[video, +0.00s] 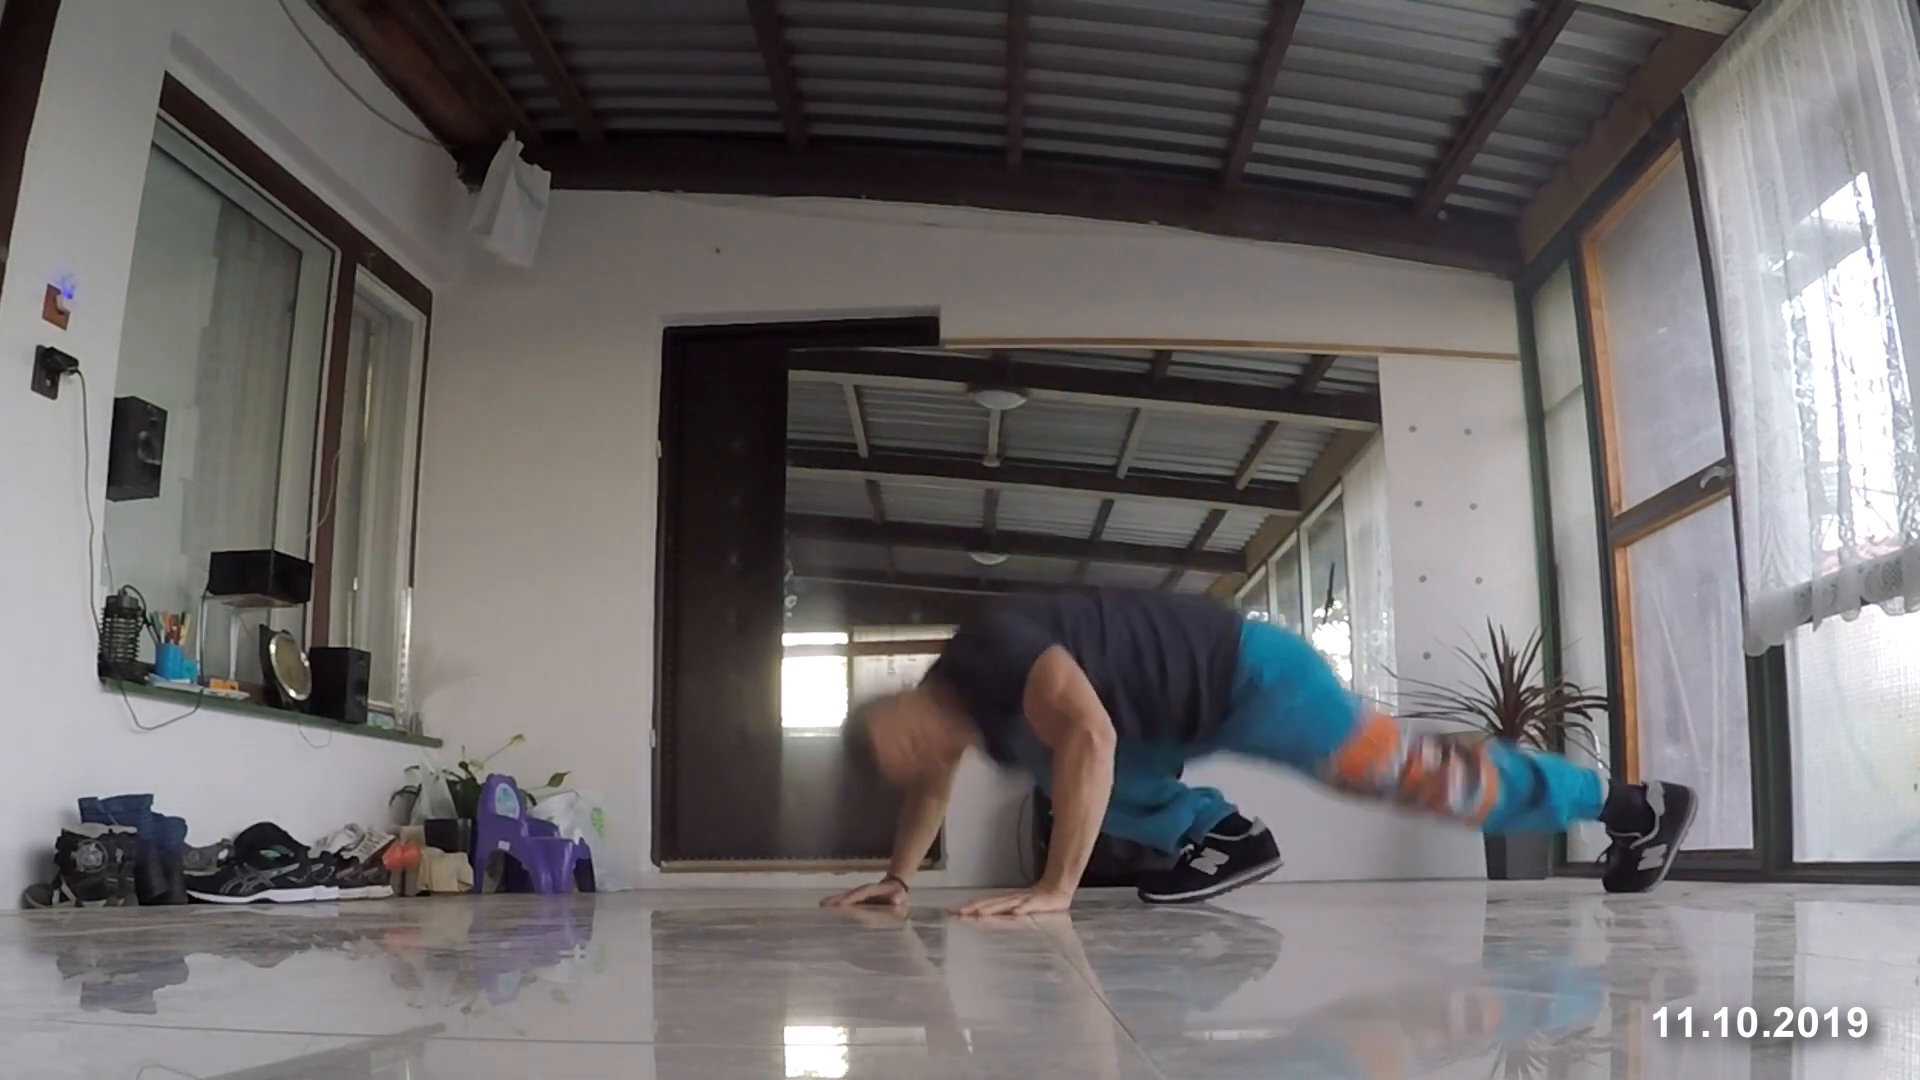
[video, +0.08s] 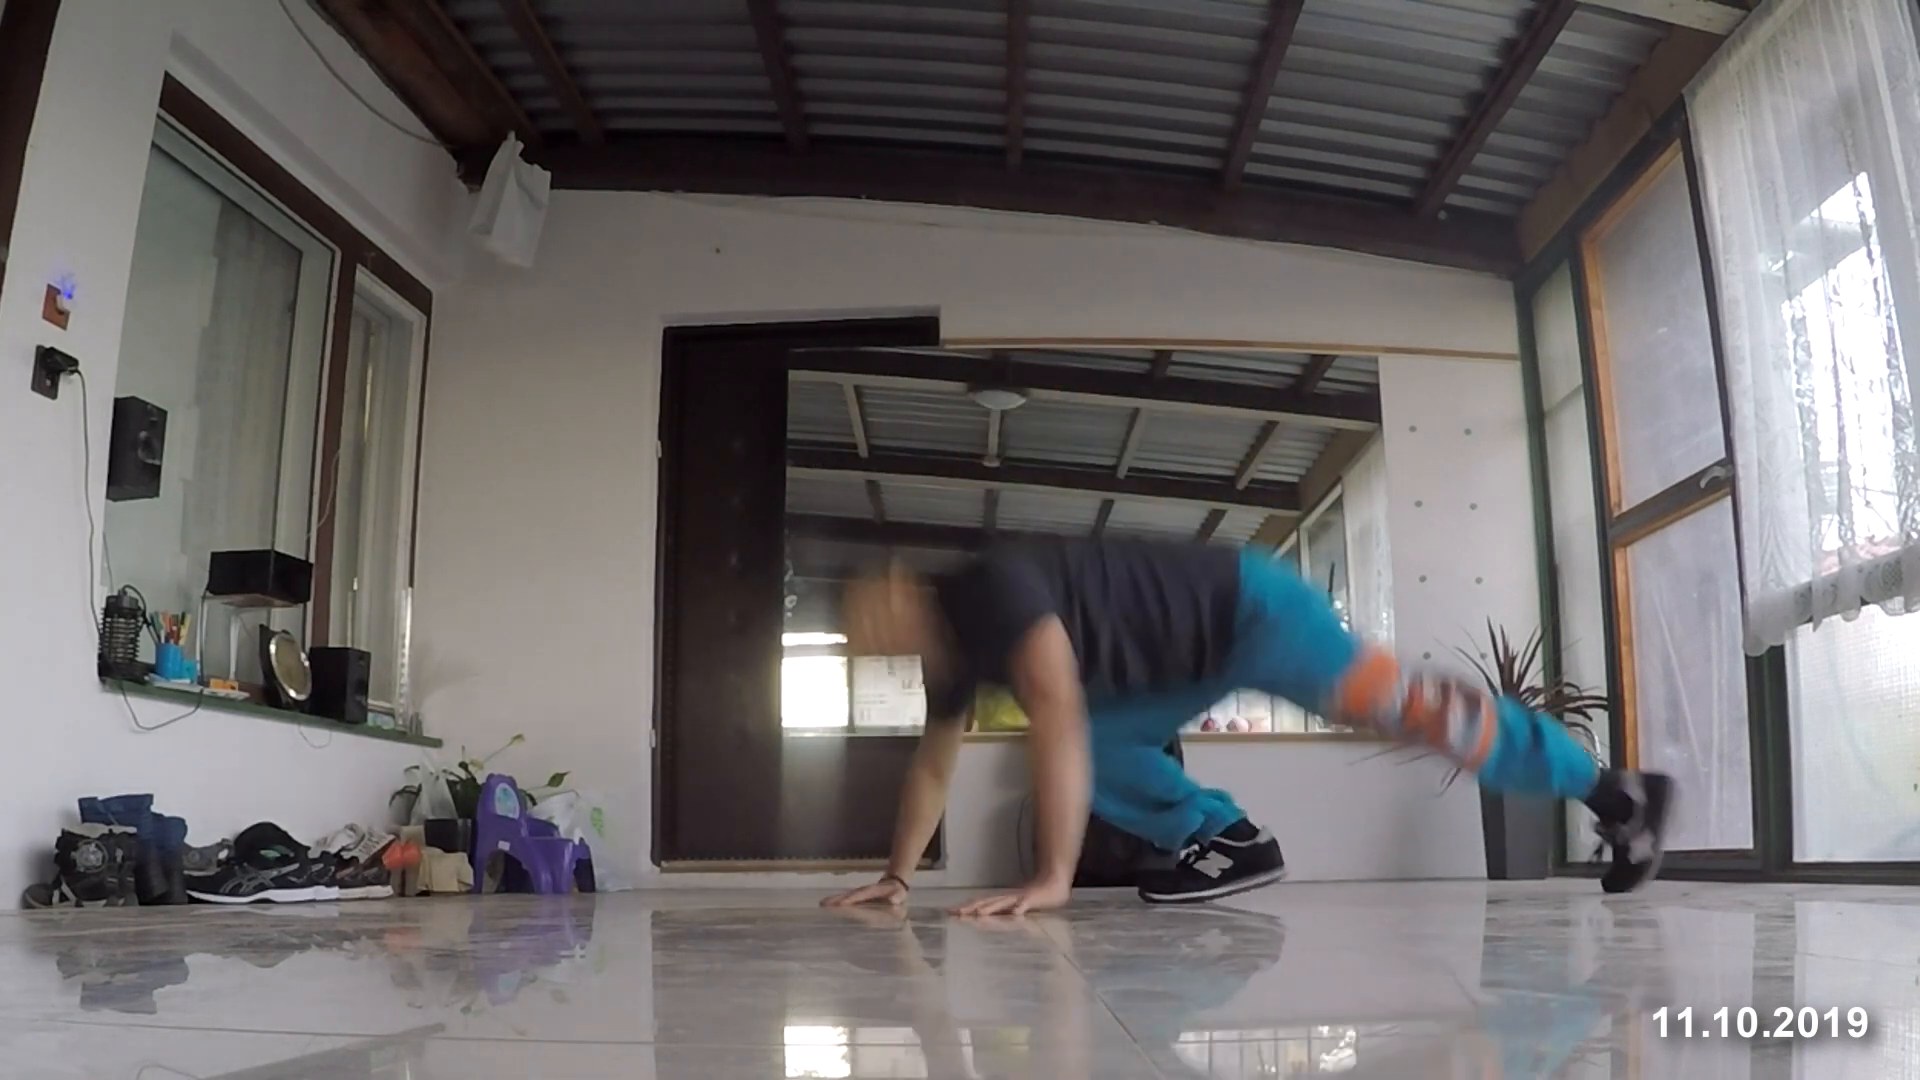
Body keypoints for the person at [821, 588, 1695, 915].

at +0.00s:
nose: (924, 768)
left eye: (911, 761)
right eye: (907, 768)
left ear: (916, 715)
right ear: (909, 718)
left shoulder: (1006, 643)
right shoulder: (951, 697)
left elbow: (1085, 736)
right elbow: (929, 786)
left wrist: (1053, 887)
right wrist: (896, 878)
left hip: (1241, 674)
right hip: (1167, 726)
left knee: (1412, 775)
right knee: (1058, 787)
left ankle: (1622, 803)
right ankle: (1214, 838)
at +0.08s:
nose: (871, 643)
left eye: (868, 621)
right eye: (862, 635)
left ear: (898, 587)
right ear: (887, 623)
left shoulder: (999, 582)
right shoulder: (957, 648)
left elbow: (1060, 716)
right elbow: (934, 760)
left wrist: (1052, 874)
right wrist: (894, 877)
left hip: (1245, 606)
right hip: (1179, 670)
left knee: (1401, 705)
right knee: (1079, 749)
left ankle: (1612, 792)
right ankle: (1223, 840)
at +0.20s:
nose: (858, 447)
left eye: (863, 426)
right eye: (846, 443)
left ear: (903, 409)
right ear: (857, 461)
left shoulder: (985, 446)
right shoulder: (933, 533)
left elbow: (1015, 590)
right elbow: (919, 672)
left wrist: (1005, 748)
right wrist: (887, 800)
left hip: (1235, 528)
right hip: (1169, 597)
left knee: (1405, 641)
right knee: (1094, 702)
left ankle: (1561, 749)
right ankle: (1232, 847)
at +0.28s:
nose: (861, 347)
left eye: (869, 324)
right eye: (849, 339)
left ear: (910, 311)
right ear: (851, 357)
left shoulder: (985, 360)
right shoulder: (916, 439)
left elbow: (1046, 488)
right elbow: (913, 574)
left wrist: (1026, 638)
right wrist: (905, 710)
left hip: (1206, 499)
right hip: (1142, 565)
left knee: (1351, 629)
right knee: (1105, 703)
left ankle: (1526, 719)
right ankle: (1231, 842)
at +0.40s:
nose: (886, 261)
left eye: (892, 238)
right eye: (869, 254)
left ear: (928, 220)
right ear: (865, 264)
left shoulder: (1012, 279)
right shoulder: (913, 348)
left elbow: (1080, 414)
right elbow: (922, 482)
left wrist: (1047, 557)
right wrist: (925, 605)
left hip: (1163, 447)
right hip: (1101, 503)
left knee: (1198, 597)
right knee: (1053, 634)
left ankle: (1307, 734)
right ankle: (1192, 805)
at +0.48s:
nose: (898, 230)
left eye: (906, 208)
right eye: (880, 221)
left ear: (942, 197)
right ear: (870, 234)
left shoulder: (1016, 257)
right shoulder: (907, 327)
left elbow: (1104, 381)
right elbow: (910, 459)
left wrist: (1041, 505)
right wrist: (907, 586)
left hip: (1136, 437)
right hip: (1063, 478)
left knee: (1124, 585)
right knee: (1006, 618)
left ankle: (1147, 818)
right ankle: (1071, 809)